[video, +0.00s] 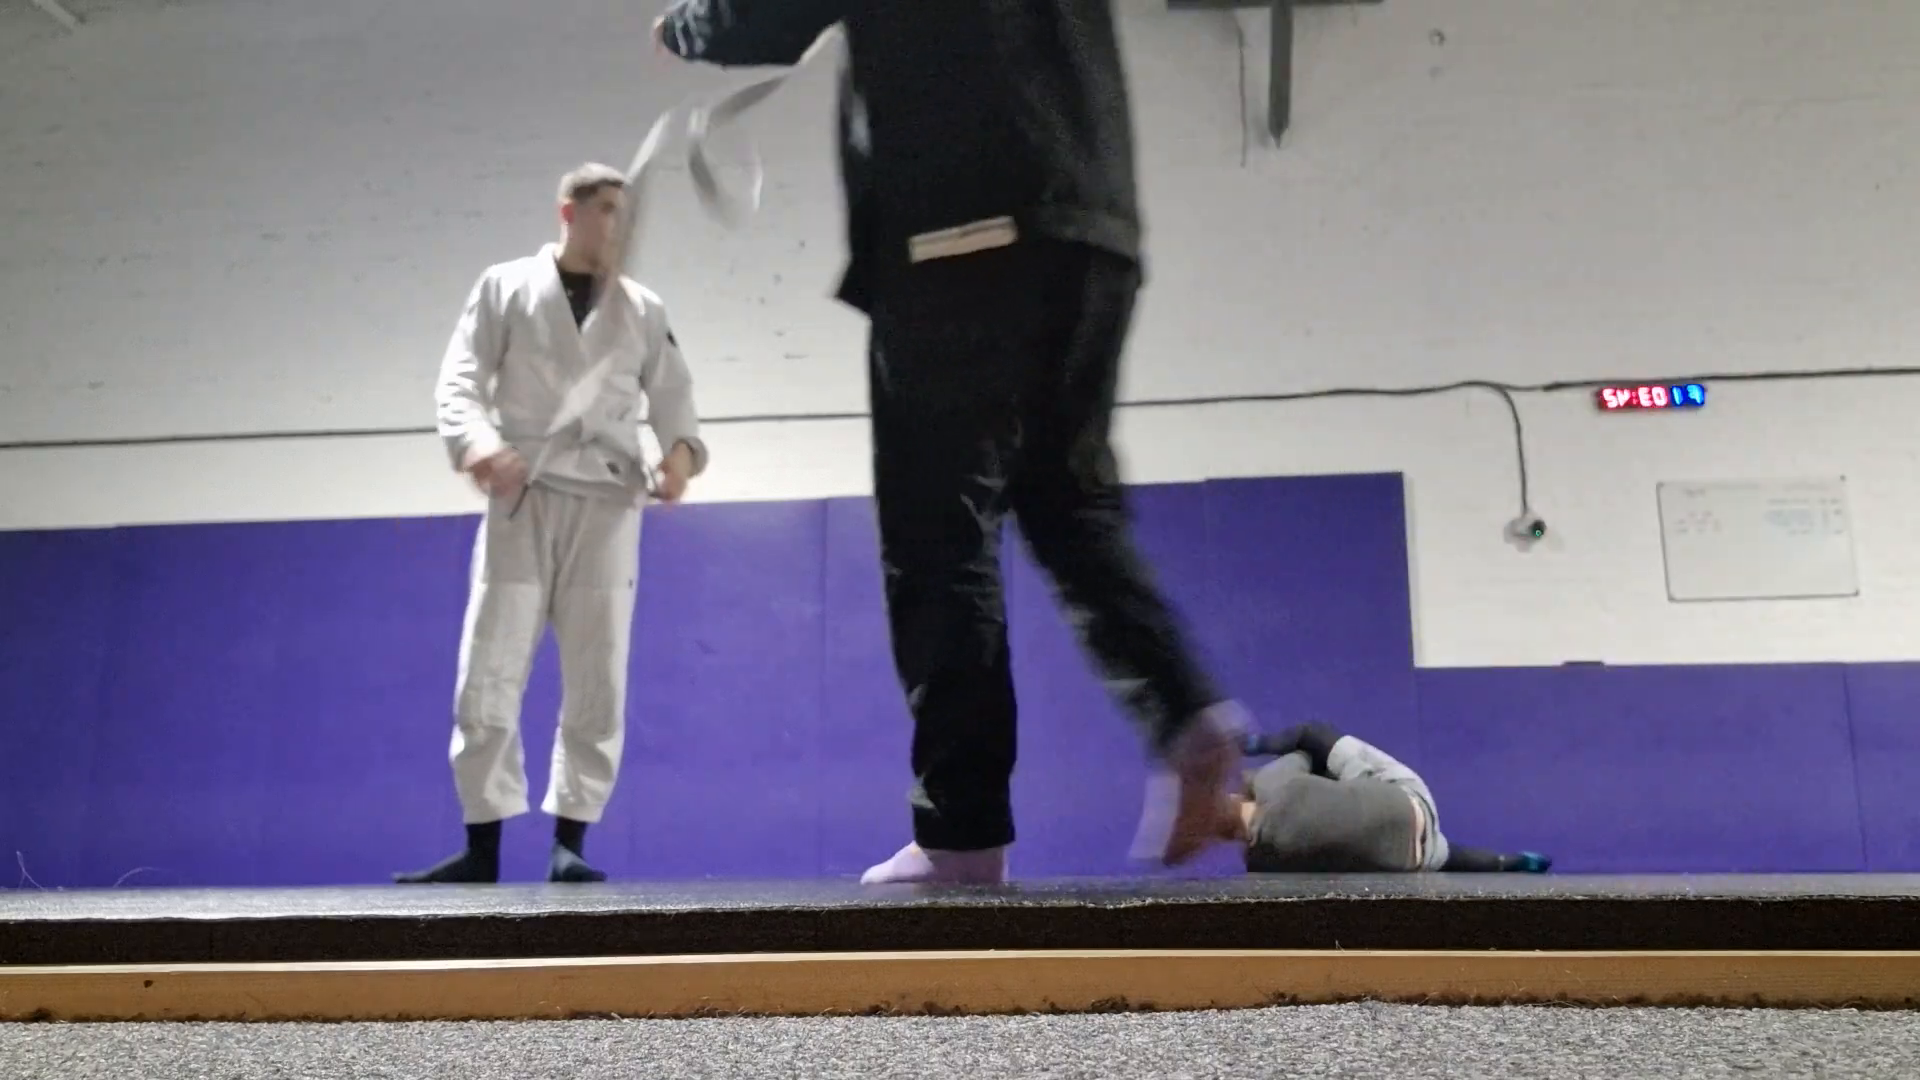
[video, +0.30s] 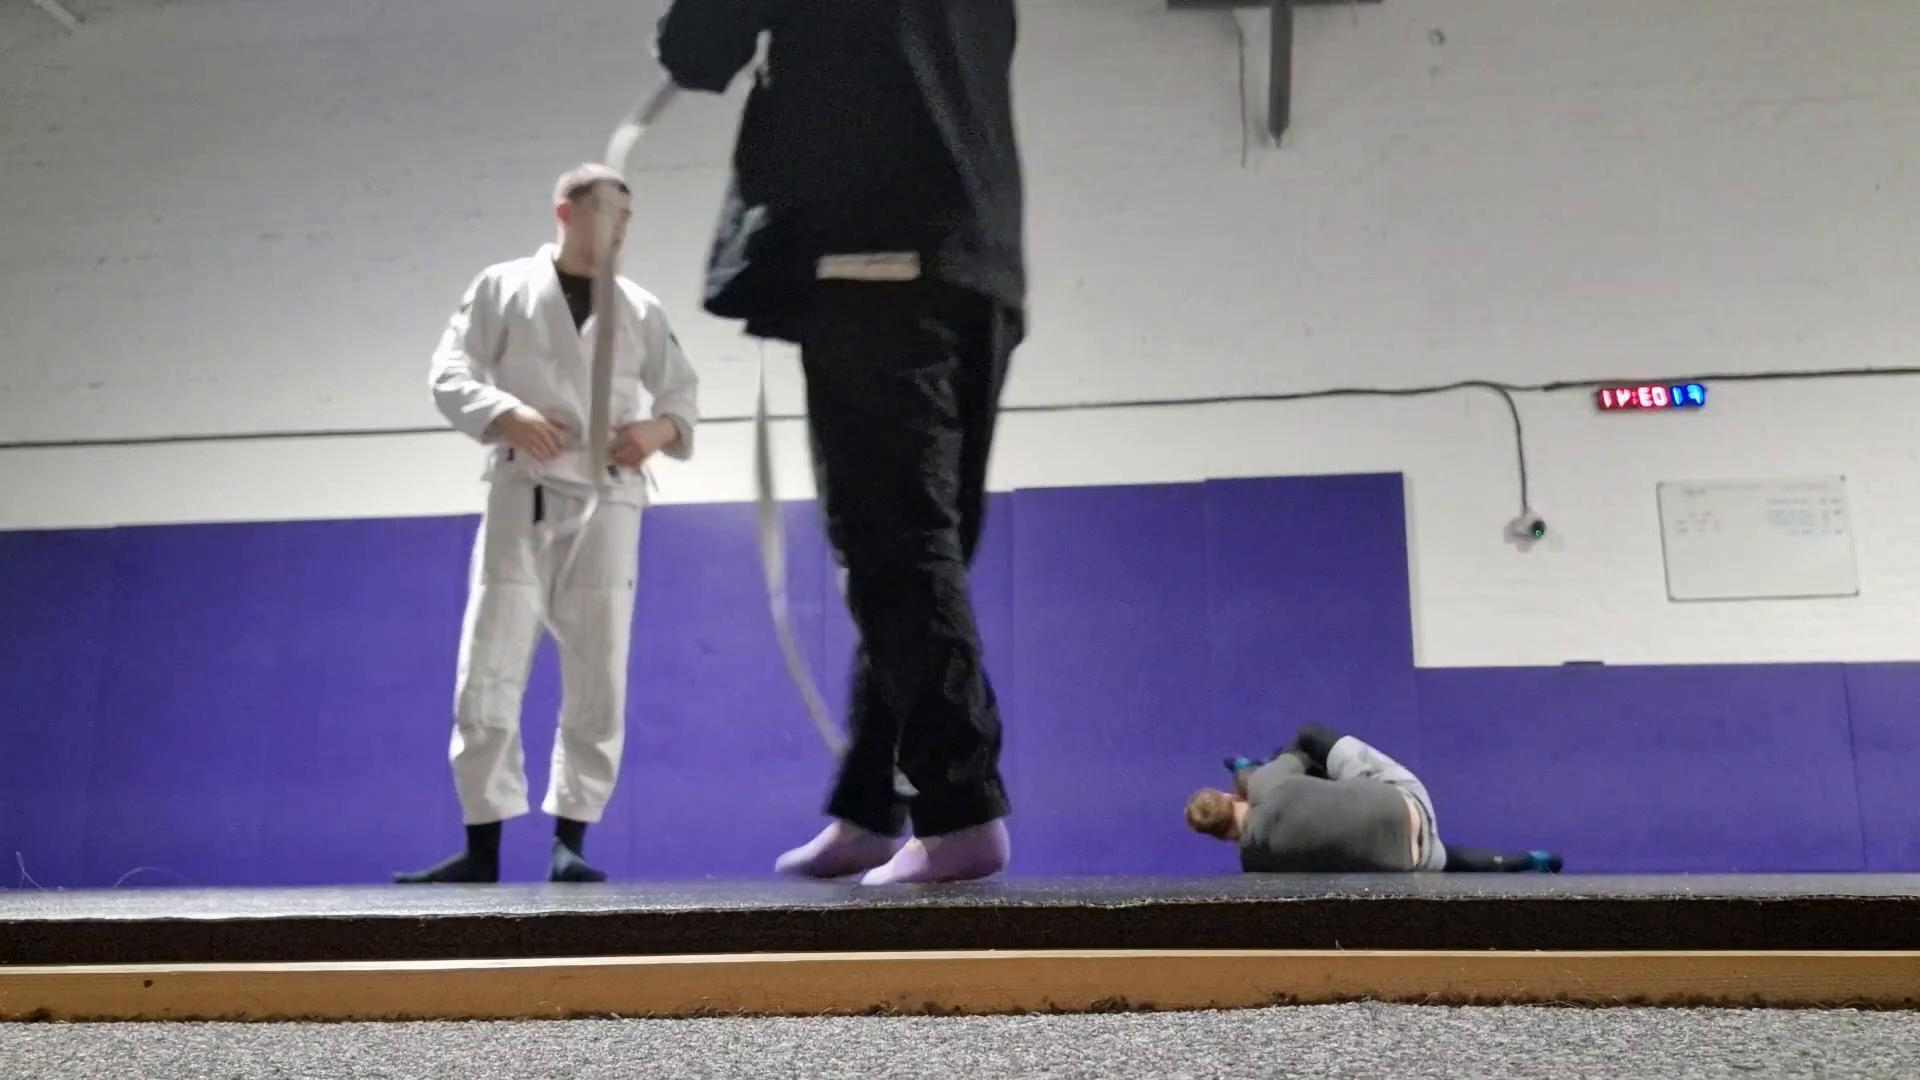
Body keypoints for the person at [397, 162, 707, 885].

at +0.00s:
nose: (615, 224)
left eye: (622, 214)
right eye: (604, 210)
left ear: (627, 224)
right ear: (566, 212)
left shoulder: (644, 311)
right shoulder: (504, 288)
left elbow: (675, 404)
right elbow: (456, 387)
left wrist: (683, 451)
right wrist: (482, 447)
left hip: (608, 508)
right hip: (520, 501)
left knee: (597, 676)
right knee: (488, 674)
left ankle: (569, 851)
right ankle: (481, 851)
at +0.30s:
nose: (619, 230)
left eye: (626, 219)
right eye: (608, 215)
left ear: (628, 227)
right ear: (565, 213)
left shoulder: (643, 313)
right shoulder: (502, 289)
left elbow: (681, 407)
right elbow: (450, 377)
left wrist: (656, 430)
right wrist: (506, 416)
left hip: (609, 512)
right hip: (520, 504)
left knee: (598, 676)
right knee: (488, 671)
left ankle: (569, 848)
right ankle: (480, 851)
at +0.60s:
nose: (603, 219)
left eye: (613, 210)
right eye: (590, 204)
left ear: (621, 225)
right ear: (554, 212)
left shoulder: (642, 314)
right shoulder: (498, 290)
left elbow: (685, 394)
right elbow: (442, 375)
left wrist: (666, 428)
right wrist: (496, 418)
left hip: (605, 509)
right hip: (518, 500)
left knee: (594, 672)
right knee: (486, 670)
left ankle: (569, 848)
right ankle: (480, 853)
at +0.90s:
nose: (593, 217)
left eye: (608, 209)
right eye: (583, 202)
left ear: (622, 227)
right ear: (553, 211)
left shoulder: (631, 304)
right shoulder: (498, 289)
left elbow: (658, 385)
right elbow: (428, 376)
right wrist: (448, 433)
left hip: (602, 505)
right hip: (515, 499)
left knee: (593, 678)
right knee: (483, 675)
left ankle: (580, 846)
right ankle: (480, 852)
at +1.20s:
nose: (569, 235)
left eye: (587, 225)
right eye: (563, 222)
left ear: (611, 232)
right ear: (547, 223)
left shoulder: (633, 298)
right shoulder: (502, 290)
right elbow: (434, 376)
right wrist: (472, 429)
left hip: (598, 510)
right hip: (518, 500)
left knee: (588, 676)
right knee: (482, 671)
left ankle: (576, 842)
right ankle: (480, 849)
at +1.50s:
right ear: (520, 244)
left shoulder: (615, 321)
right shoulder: (499, 295)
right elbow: (454, 385)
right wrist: (514, 422)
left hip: (597, 493)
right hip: (517, 486)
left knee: (586, 667)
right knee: (483, 661)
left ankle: (575, 842)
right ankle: (480, 848)